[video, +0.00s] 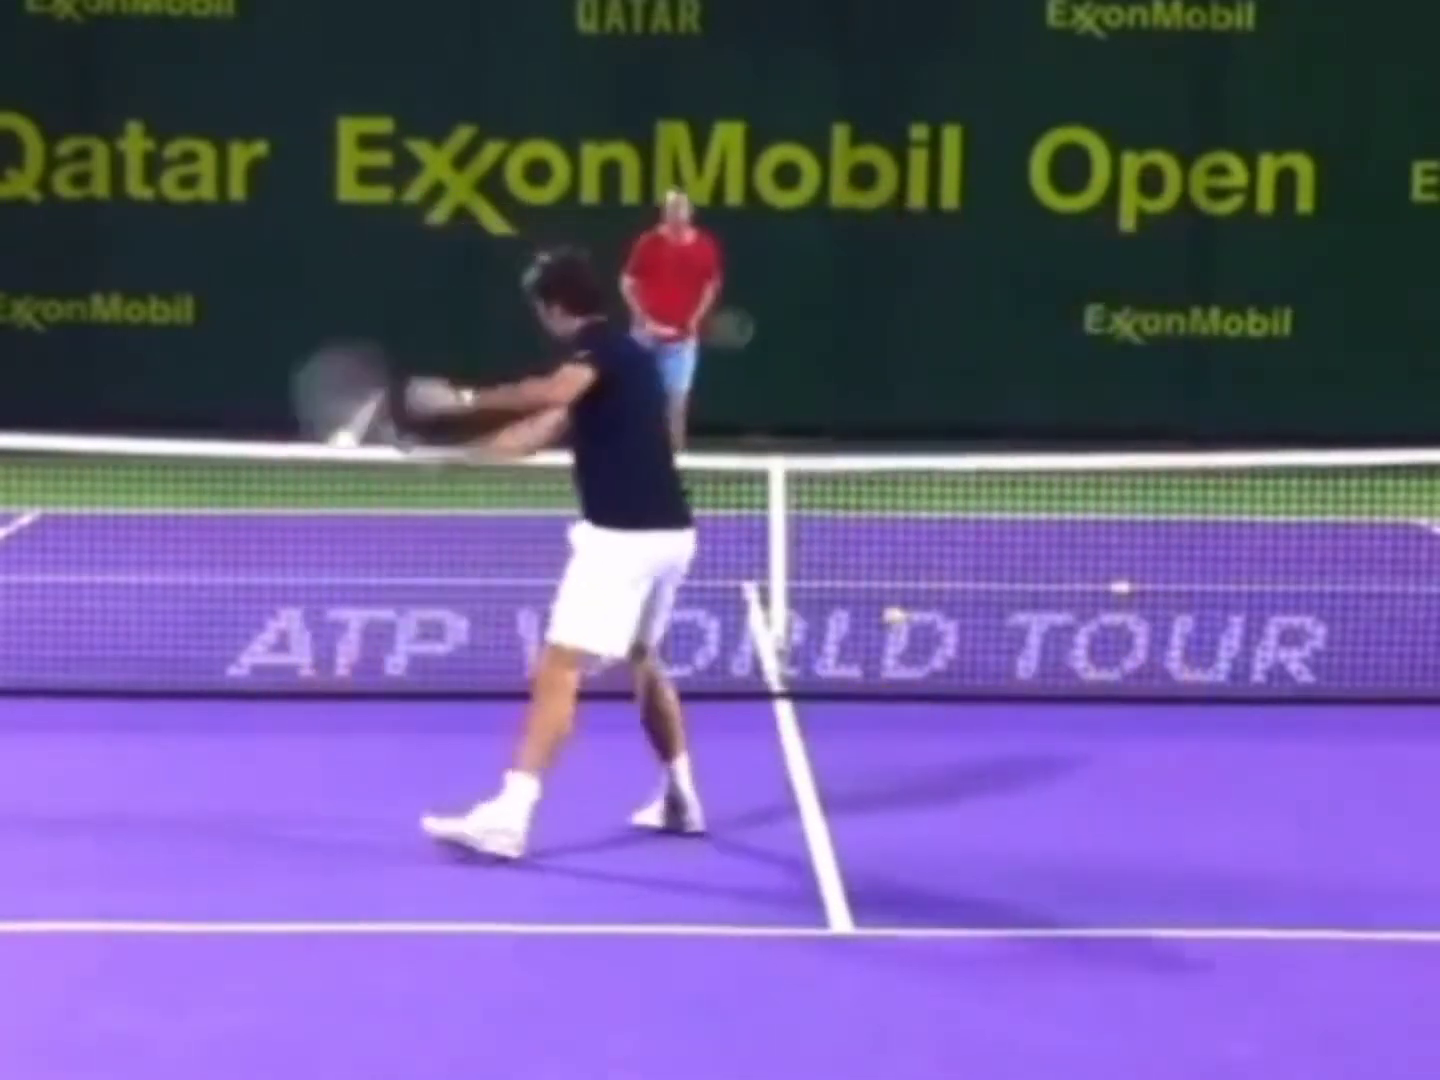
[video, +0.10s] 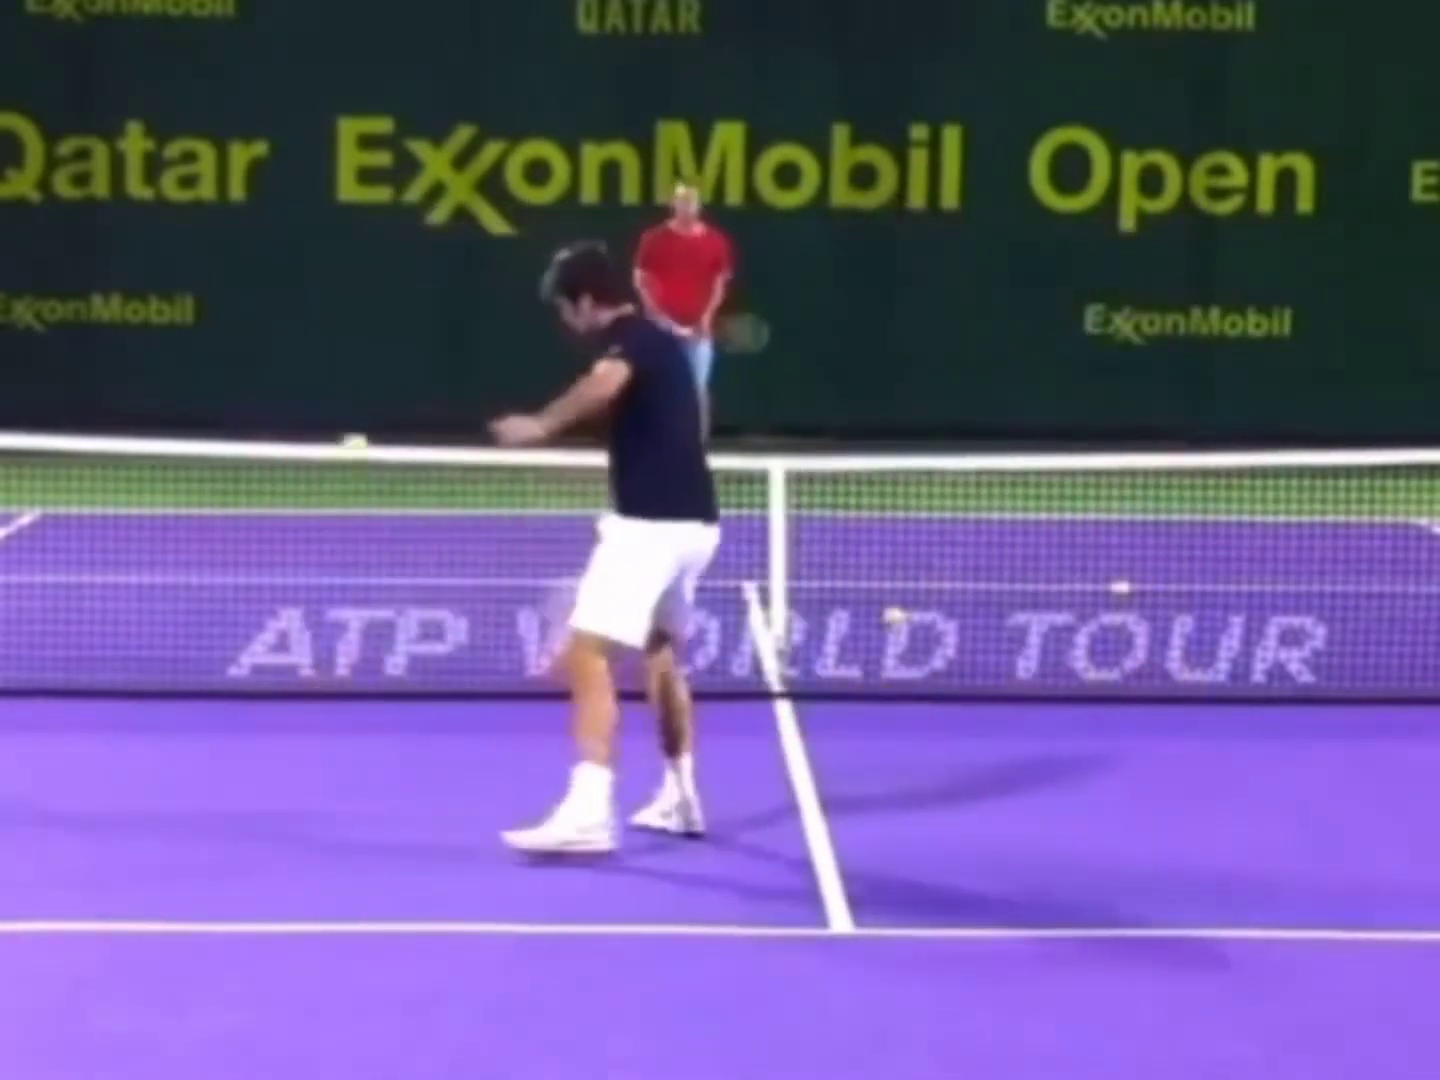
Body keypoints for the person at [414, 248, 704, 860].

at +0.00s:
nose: (541, 318)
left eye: (542, 306)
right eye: (541, 306)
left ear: (558, 304)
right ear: (597, 295)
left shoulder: (595, 350)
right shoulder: (630, 354)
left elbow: (552, 394)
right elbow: (543, 428)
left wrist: (463, 401)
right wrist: (464, 444)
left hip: (618, 535)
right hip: (670, 533)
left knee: (559, 666)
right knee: (645, 663)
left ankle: (512, 810)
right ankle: (681, 793)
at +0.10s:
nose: (567, 325)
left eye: (566, 311)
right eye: (563, 313)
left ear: (589, 300)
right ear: (619, 293)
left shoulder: (629, 338)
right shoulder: (668, 342)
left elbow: (604, 383)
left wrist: (542, 423)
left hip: (648, 521)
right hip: (693, 520)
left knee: (585, 652)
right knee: (661, 653)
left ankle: (589, 801)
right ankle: (682, 789)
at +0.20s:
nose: (588, 308)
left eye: (589, 295)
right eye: (586, 295)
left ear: (610, 288)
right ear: (639, 282)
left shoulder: (647, 334)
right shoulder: (701, 333)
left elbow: (650, 377)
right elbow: (778, 391)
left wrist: (635, 420)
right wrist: (831, 445)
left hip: (669, 515)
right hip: (712, 515)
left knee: (621, 651)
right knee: (668, 653)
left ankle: (693, 777)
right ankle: (691, 780)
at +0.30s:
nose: (627, 299)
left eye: (629, 286)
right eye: (626, 287)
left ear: (648, 283)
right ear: (685, 279)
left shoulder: (668, 333)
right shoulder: (737, 325)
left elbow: (676, 380)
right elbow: (825, 345)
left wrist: (672, 436)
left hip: (691, 519)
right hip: (736, 516)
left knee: (661, 652)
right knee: (696, 657)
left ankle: (774, 769)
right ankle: (684, 790)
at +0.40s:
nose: (664, 300)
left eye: (666, 288)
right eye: (664, 288)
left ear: (681, 285)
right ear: (728, 281)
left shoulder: (686, 339)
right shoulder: (773, 327)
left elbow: (676, 412)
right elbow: (863, 341)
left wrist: (657, 492)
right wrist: (956, 380)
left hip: (719, 521)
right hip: (775, 518)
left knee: (720, 663)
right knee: (740, 662)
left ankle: (823, 797)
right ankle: (693, 792)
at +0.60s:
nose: (714, 278)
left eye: (718, 268)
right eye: (718, 266)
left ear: (732, 274)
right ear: (784, 271)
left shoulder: (716, 335)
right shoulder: (818, 321)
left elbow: (675, 425)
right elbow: (913, 363)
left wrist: (654, 485)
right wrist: (960, 422)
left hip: (767, 517)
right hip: (834, 513)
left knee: (784, 660)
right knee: (814, 656)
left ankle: (835, 803)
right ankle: (795, 781)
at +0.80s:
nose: (803, 270)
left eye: (794, 259)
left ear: (790, 263)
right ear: (841, 263)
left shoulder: (765, 324)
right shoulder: (874, 320)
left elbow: (735, 423)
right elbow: (926, 406)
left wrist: (777, 447)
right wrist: (910, 467)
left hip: (792, 508)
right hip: (869, 504)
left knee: (775, 655)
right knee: (901, 646)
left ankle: (788, 797)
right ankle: (937, 795)